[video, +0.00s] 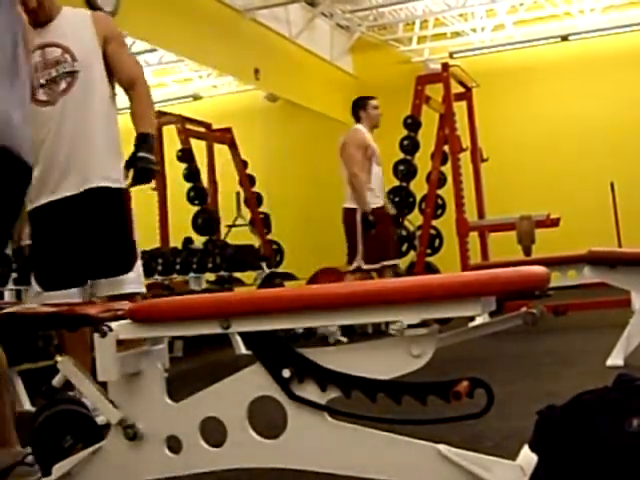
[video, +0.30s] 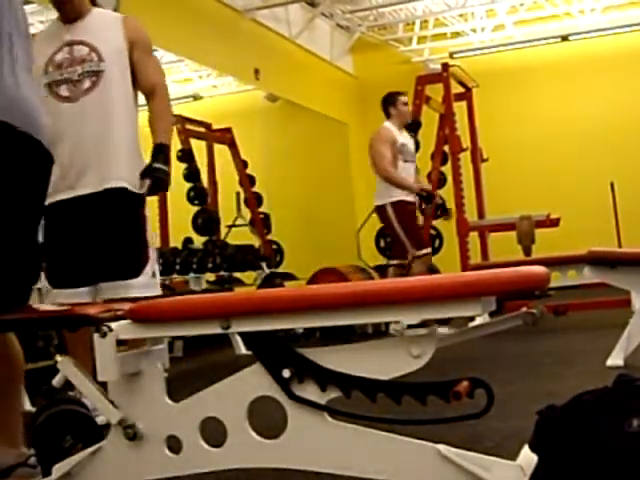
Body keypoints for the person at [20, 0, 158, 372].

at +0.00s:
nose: (28, 3)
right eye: (22, 1)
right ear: (18, 4)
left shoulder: (96, 24)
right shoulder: (12, 45)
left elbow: (136, 85)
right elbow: (10, 128)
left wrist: (145, 145)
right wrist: (17, 207)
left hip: (101, 180)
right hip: (44, 194)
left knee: (119, 300)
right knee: (65, 311)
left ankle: (134, 395)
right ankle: (83, 400)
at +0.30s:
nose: (62, 1)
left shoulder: (124, 29)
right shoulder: (32, 48)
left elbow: (157, 94)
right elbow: (24, 116)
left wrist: (161, 156)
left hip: (118, 182)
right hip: (59, 192)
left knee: (126, 302)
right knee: (71, 309)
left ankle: (138, 398)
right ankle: (84, 401)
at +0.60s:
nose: (87, 1)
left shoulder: (147, 34)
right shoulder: (53, 44)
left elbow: (177, 99)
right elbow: (41, 118)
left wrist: (187, 164)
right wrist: (29, 187)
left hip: (138, 186)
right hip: (78, 193)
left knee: (148, 304)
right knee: (79, 309)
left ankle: (150, 400)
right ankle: (85, 401)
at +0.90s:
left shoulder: (152, 31)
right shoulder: (55, 43)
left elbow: (180, 99)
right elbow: (42, 117)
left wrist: (191, 169)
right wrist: (37, 190)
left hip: (140, 188)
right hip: (79, 192)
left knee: (152, 306)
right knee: (84, 307)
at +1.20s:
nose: (73, 4)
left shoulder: (145, 26)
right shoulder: (46, 46)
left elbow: (180, 88)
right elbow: (40, 117)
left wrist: (189, 152)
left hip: (142, 183)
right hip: (78, 188)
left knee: (152, 294)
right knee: (87, 298)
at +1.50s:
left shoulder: (174, 25)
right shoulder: (78, 38)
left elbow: (205, 91)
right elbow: (55, 105)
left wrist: (212, 158)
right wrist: (35, 157)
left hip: (167, 184)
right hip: (99, 189)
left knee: (183, 304)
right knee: (94, 304)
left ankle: (191, 398)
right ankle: (95, 401)